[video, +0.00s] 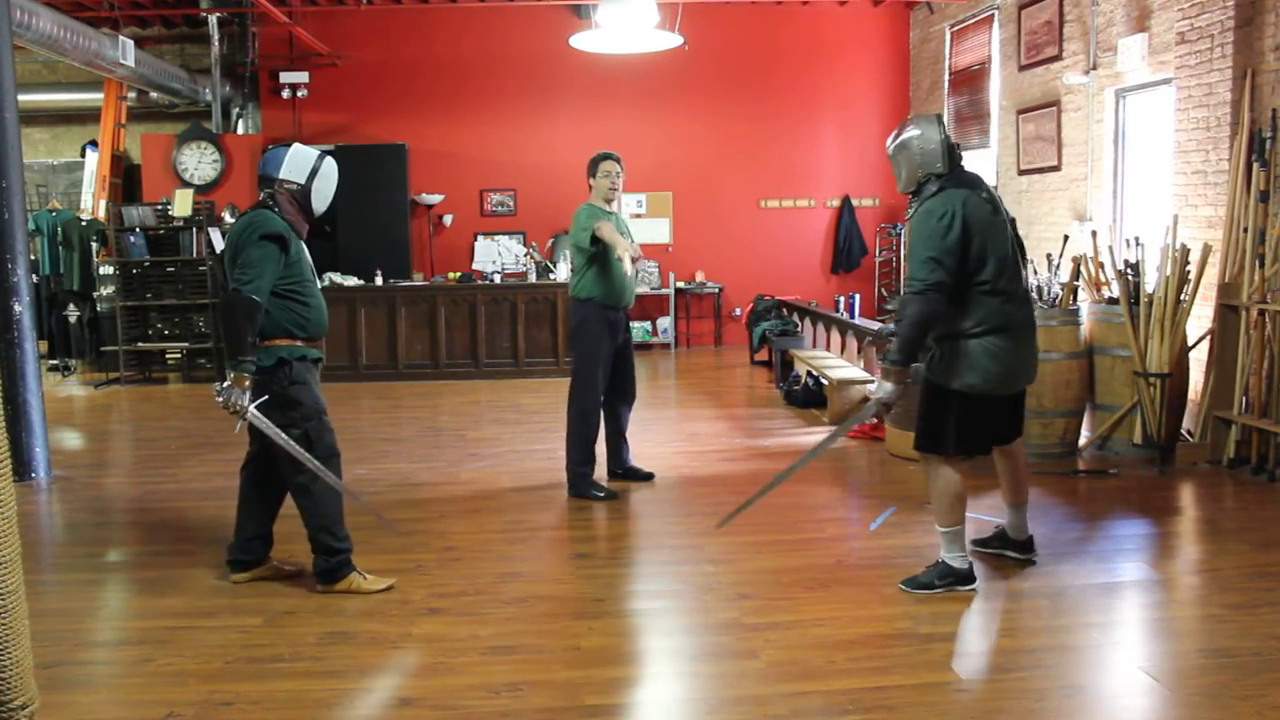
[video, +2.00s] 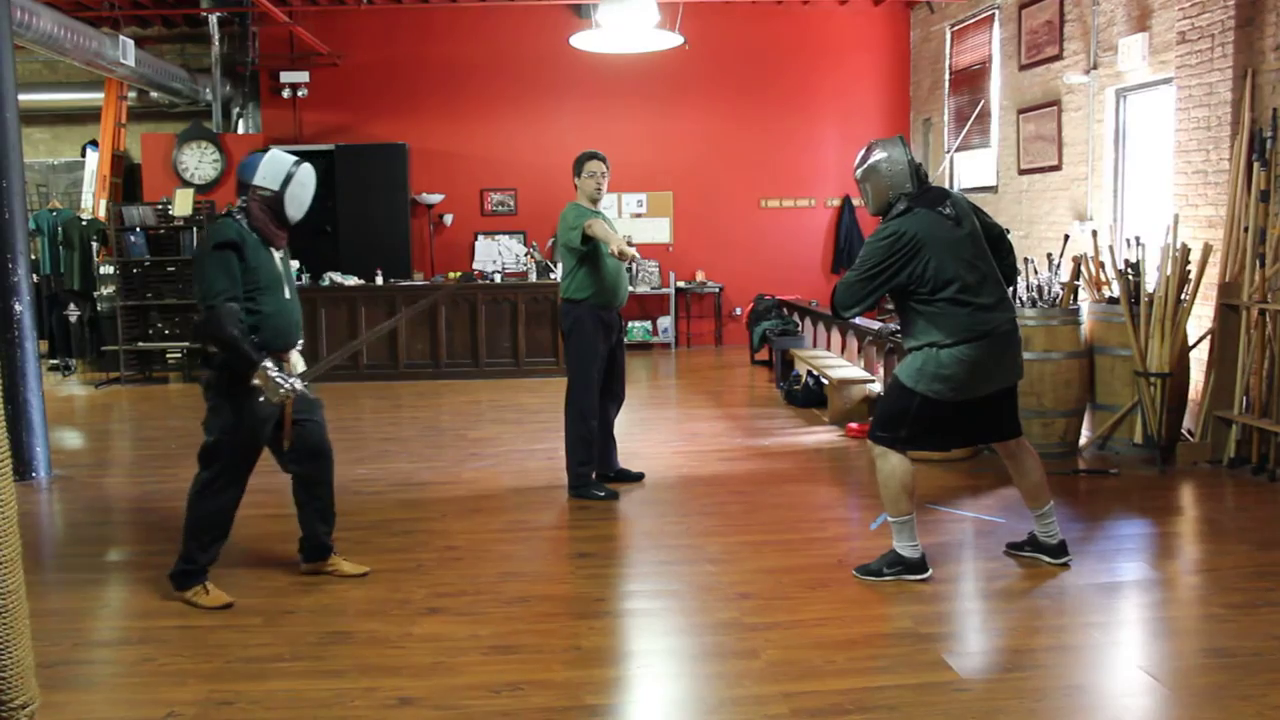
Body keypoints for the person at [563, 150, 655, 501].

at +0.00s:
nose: (614, 180)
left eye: (618, 175)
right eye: (607, 175)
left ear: (622, 182)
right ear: (592, 180)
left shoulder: (618, 220)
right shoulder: (586, 212)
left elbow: (631, 248)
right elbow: (605, 232)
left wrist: (632, 251)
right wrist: (624, 249)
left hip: (616, 314)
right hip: (591, 312)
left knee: (620, 393)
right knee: (587, 396)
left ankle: (619, 464)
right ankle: (580, 479)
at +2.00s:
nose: (599, 180)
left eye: (603, 175)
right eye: (591, 175)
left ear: (608, 181)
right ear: (577, 180)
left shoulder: (603, 218)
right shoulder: (573, 212)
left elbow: (612, 244)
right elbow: (594, 227)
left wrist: (624, 248)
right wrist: (616, 243)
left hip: (608, 315)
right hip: (583, 315)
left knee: (610, 395)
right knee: (584, 396)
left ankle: (606, 467)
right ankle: (580, 480)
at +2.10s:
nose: (598, 181)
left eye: (603, 175)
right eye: (591, 175)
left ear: (607, 181)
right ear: (576, 181)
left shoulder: (602, 219)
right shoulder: (573, 212)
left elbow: (613, 244)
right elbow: (593, 227)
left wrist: (622, 248)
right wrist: (615, 243)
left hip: (608, 315)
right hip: (583, 315)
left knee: (610, 395)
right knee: (584, 397)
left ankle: (606, 467)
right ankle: (580, 480)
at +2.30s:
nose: (599, 181)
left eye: (603, 176)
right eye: (591, 175)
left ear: (608, 181)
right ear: (577, 181)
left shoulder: (602, 219)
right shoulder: (573, 212)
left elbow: (612, 252)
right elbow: (592, 228)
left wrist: (622, 249)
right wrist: (614, 243)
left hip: (608, 315)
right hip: (583, 315)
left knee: (610, 394)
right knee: (584, 396)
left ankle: (606, 467)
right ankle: (580, 480)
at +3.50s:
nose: (597, 182)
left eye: (602, 176)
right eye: (590, 176)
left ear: (607, 182)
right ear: (576, 182)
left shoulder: (604, 221)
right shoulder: (572, 215)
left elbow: (618, 253)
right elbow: (591, 232)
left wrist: (625, 254)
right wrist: (613, 248)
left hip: (610, 315)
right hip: (585, 316)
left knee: (615, 394)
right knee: (590, 396)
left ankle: (609, 467)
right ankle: (584, 480)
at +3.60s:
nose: (598, 184)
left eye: (602, 179)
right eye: (590, 179)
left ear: (607, 184)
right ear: (576, 184)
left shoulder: (604, 224)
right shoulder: (572, 218)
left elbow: (615, 254)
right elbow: (591, 234)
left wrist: (623, 255)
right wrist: (612, 250)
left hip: (610, 317)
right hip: (585, 318)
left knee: (617, 396)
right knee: (592, 397)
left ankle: (609, 467)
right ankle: (585, 481)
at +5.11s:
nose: (601, 182)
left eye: (605, 177)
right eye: (593, 177)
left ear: (611, 183)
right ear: (581, 183)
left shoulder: (613, 226)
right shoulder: (575, 216)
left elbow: (632, 267)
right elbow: (556, 203)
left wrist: (654, 296)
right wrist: (556, 173)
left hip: (609, 318)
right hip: (580, 316)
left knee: (611, 396)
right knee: (585, 396)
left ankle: (596, 465)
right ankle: (586, 479)